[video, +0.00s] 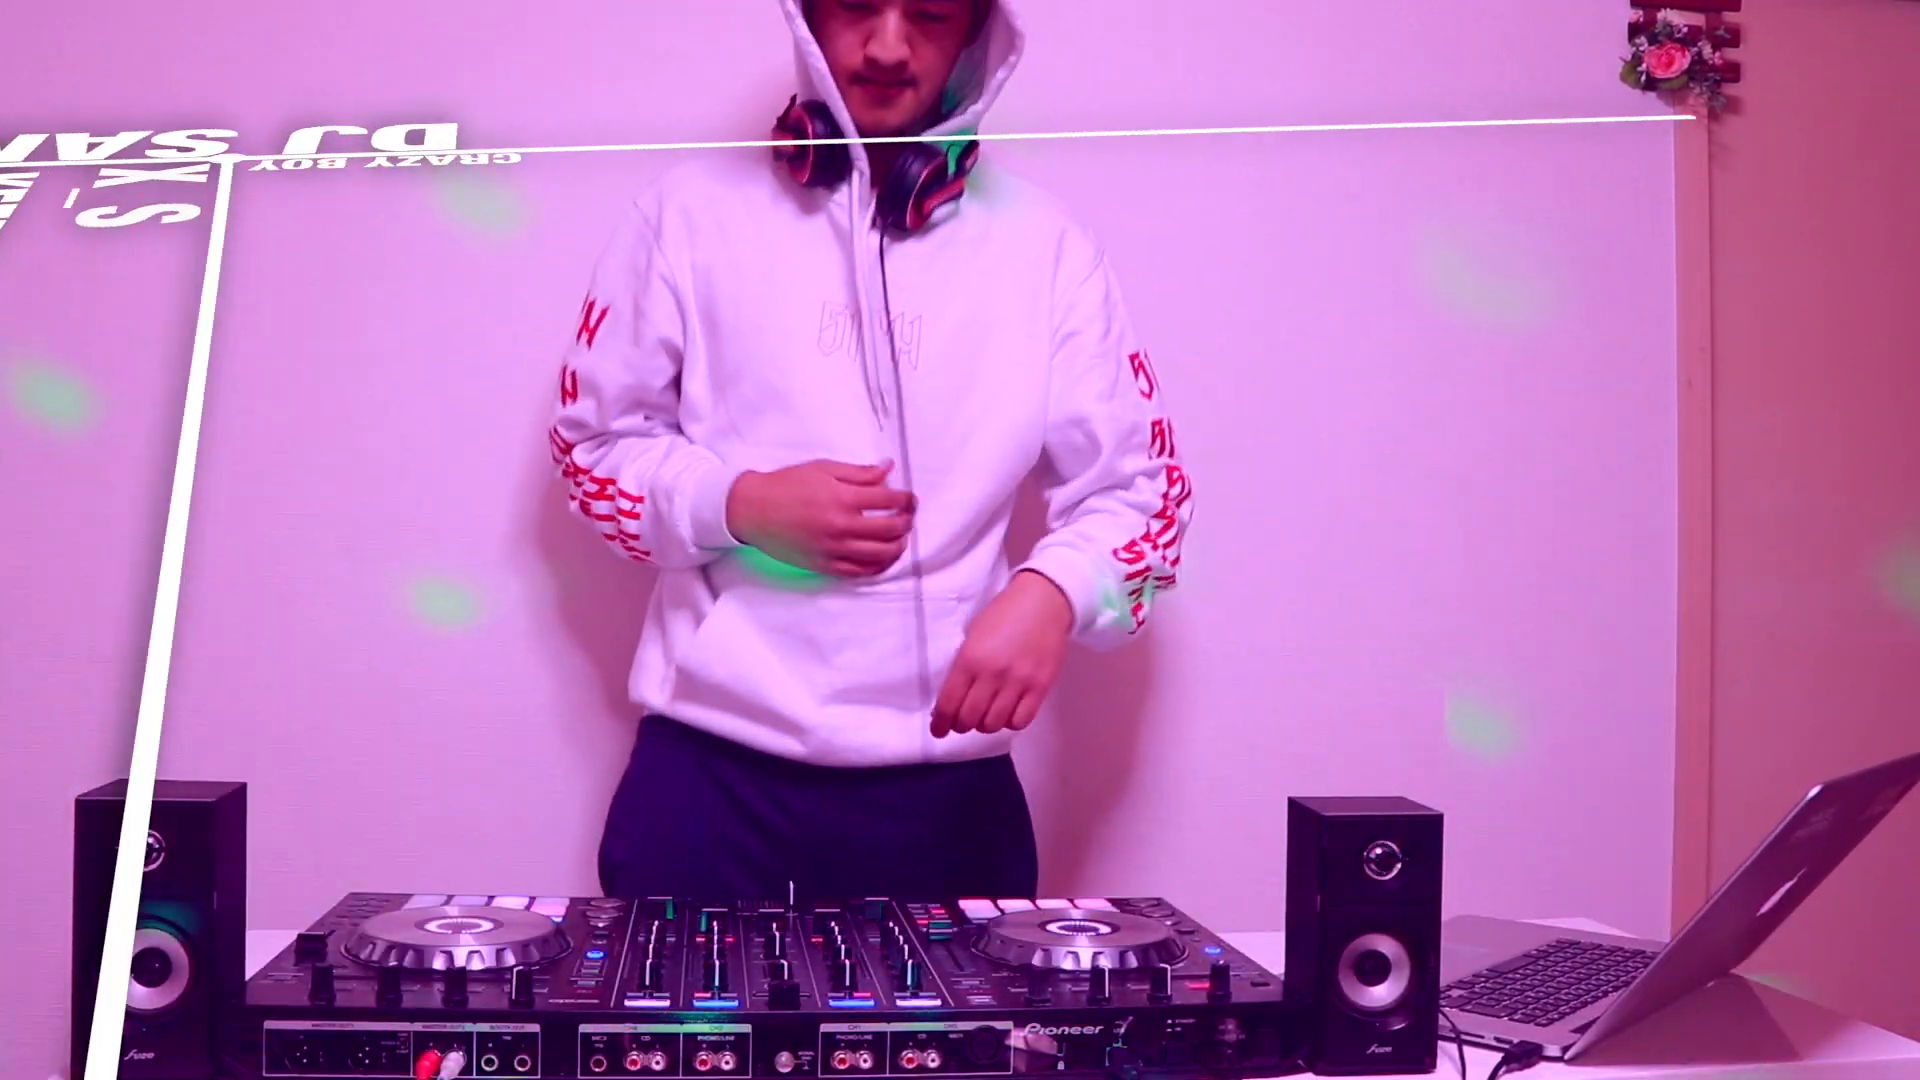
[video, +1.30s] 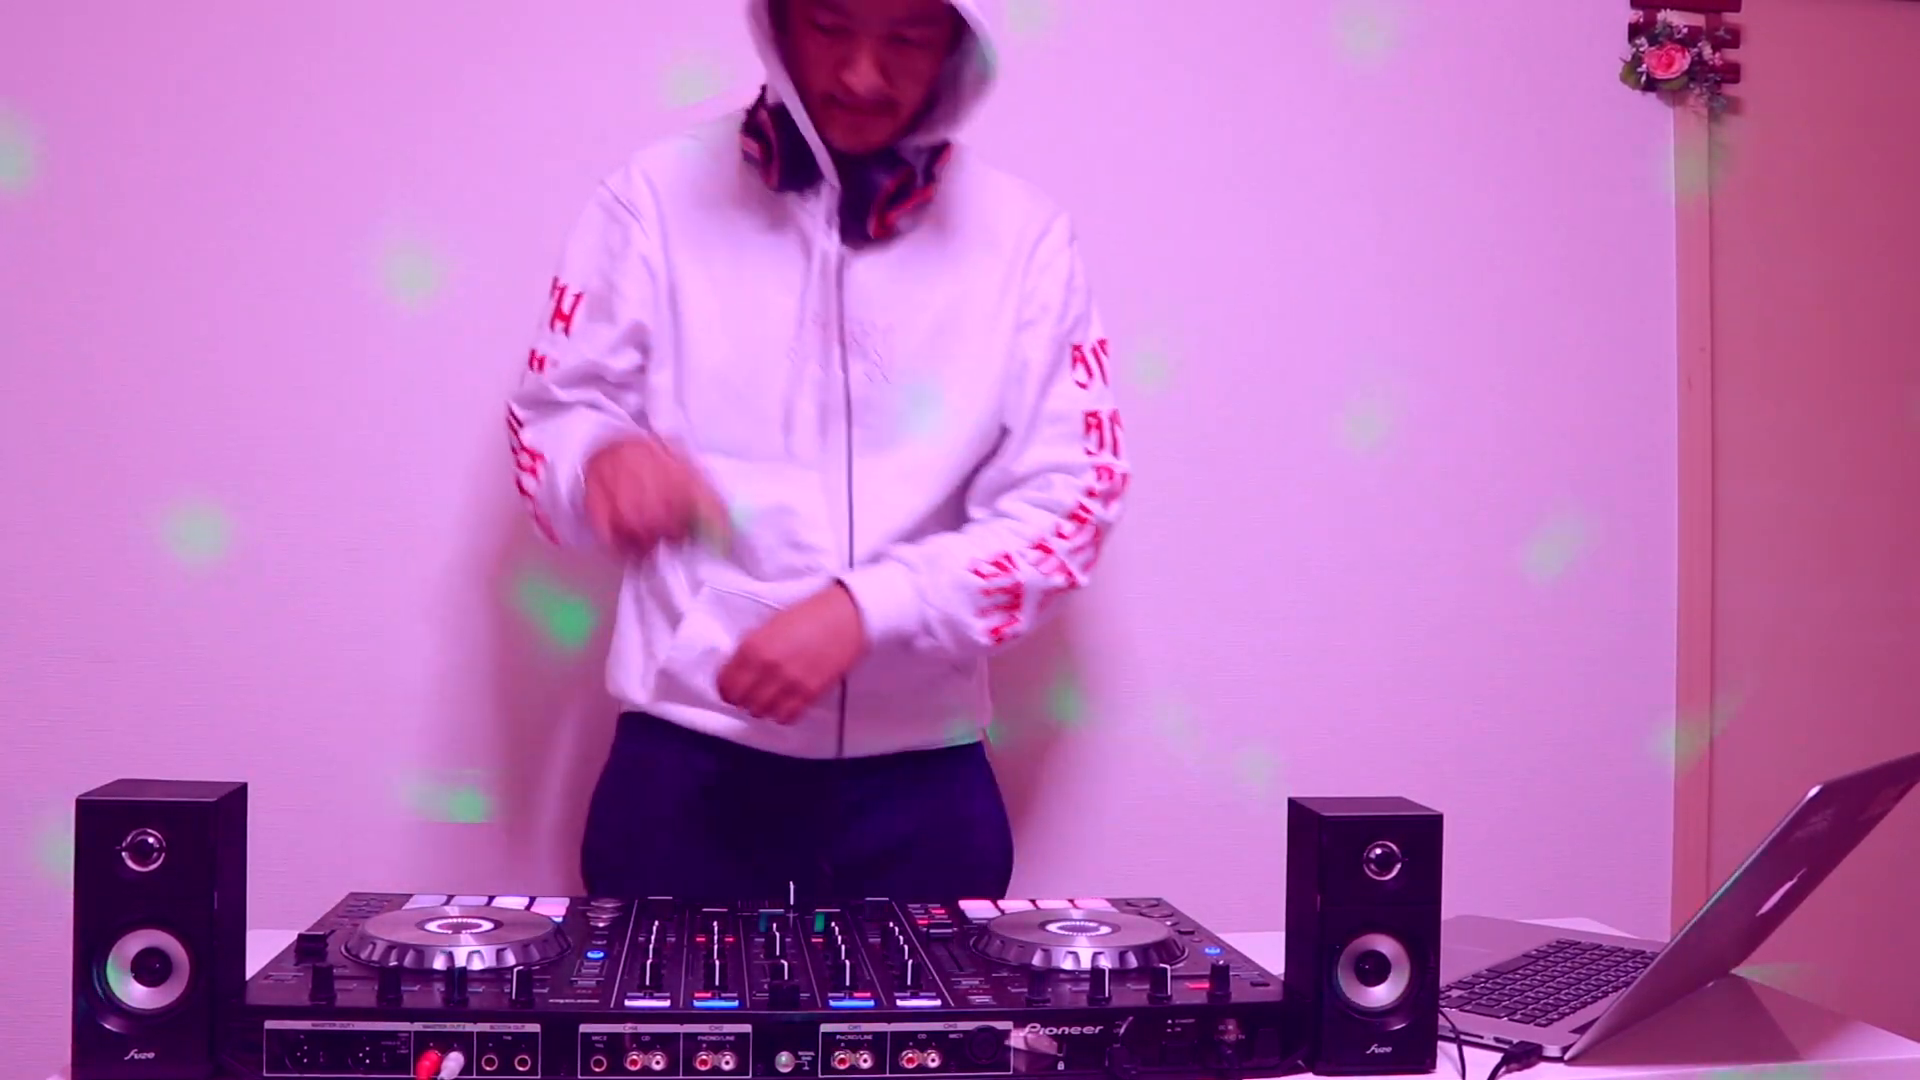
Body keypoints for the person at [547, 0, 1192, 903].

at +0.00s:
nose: (887, 49)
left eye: (926, 15)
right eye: (854, 11)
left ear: (971, 29)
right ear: (809, 20)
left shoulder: (1043, 249)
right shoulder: (693, 216)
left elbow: (1138, 488)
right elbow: (597, 447)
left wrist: (1052, 590)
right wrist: (742, 506)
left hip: (947, 798)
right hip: (714, 788)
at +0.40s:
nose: (773, 0)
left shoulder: (957, 192)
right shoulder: (595, 187)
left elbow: (1010, 466)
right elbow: (521, 415)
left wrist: (930, 660)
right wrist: (603, 523)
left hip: (884, 772)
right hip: (651, 763)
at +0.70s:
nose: (662, 0)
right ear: (579, 2)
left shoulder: (867, 180)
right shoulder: (520, 189)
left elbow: (917, 472)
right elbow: (473, 414)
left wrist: (847, 696)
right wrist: (496, 516)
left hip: (817, 777)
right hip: (589, 774)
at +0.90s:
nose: (665, 51)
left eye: (697, 6)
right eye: (621, 14)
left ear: (759, 8)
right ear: (581, 29)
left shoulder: (888, 200)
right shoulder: (540, 197)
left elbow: (950, 484)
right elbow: (466, 406)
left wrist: (719, 635)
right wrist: (458, 425)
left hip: (821, 791)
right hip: (585, 779)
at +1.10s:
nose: (769, 32)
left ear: (858, 19)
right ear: (689, 20)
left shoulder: (953, 233)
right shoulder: (599, 218)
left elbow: (972, 503)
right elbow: (498, 496)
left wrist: (716, 595)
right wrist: (493, 332)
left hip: (872, 801)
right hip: (632, 794)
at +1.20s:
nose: (815, 38)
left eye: (855, 4)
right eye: (781, 2)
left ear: (904, 21)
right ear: (732, 16)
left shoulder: (988, 229)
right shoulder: (627, 204)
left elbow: (1023, 489)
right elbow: (529, 481)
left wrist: (788, 589)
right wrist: (552, 359)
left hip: (896, 789)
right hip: (663, 778)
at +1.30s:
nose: (863, 73)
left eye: (908, 37)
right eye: (829, 28)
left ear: (953, 46)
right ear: (777, 24)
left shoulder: (1022, 239)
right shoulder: (652, 202)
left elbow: (1067, 508)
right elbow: (553, 418)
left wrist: (864, 608)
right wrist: (604, 458)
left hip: (919, 786)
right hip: (689, 777)